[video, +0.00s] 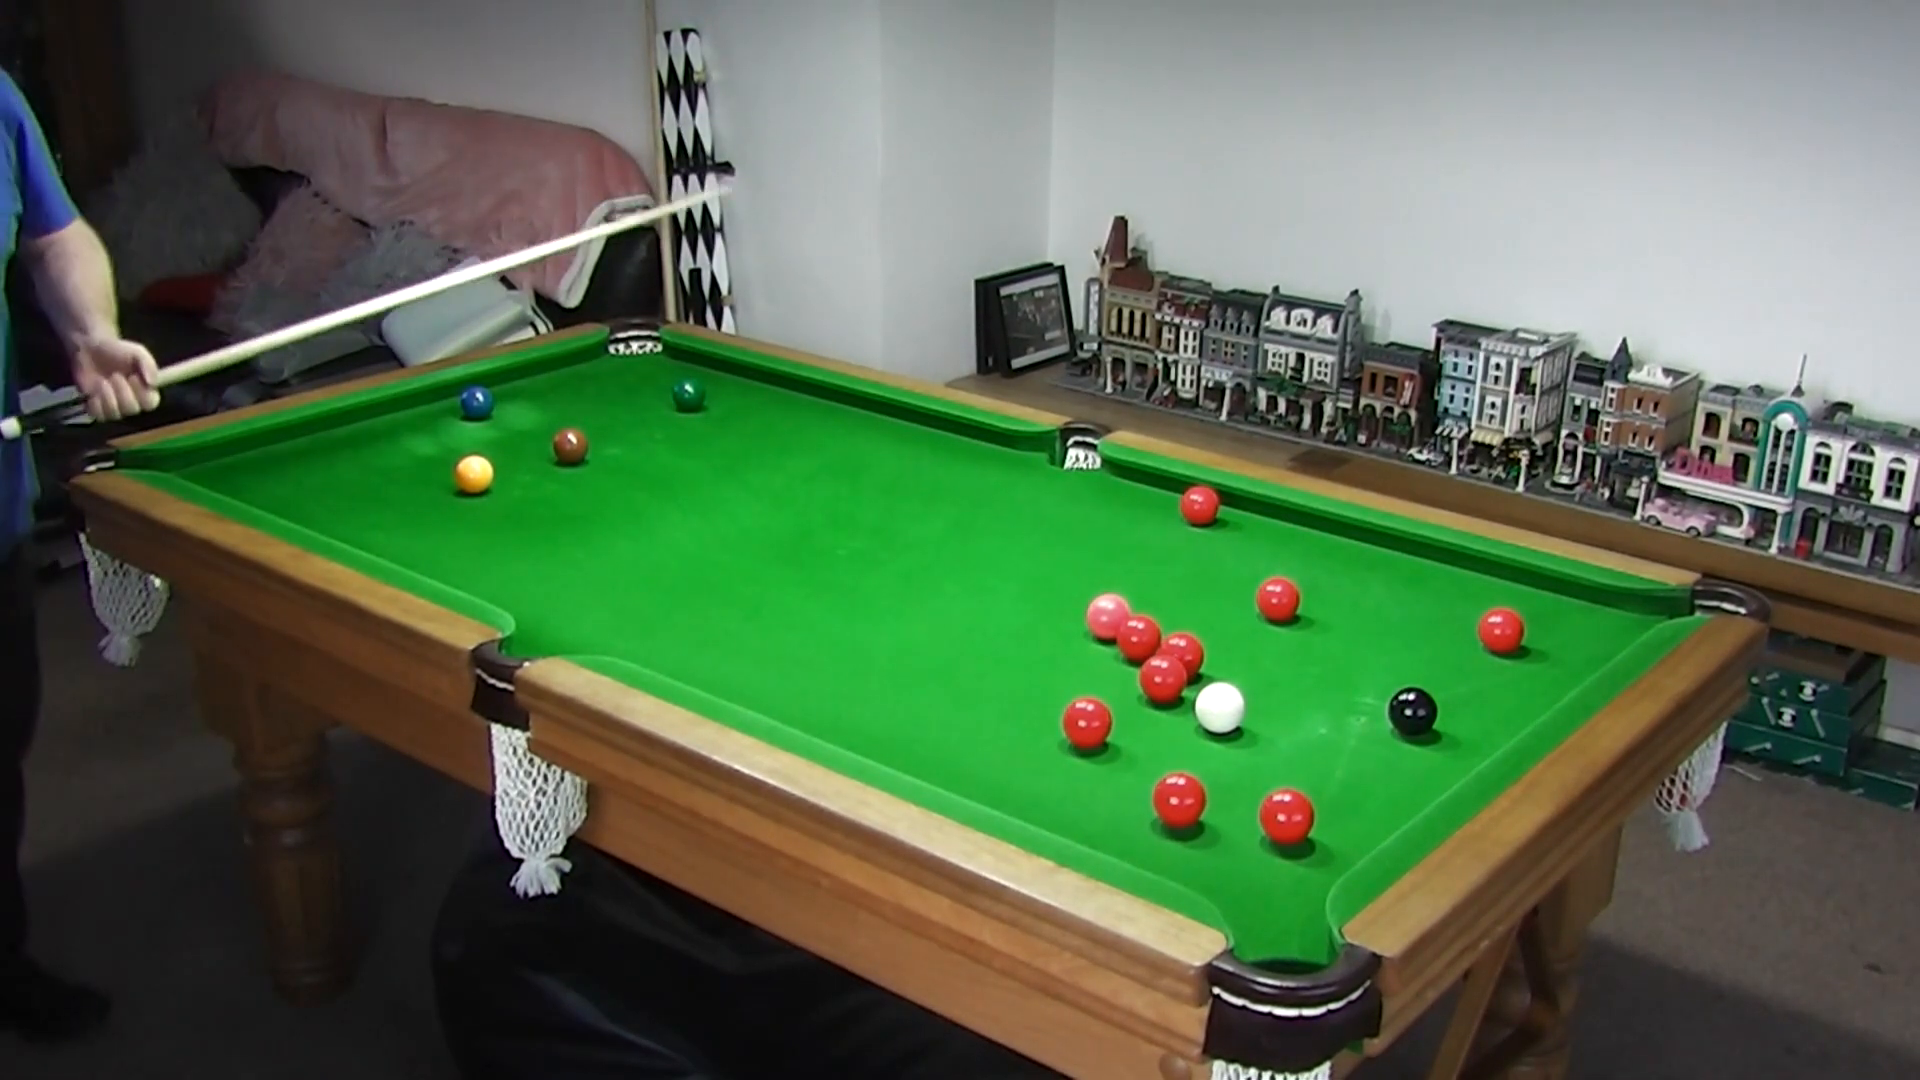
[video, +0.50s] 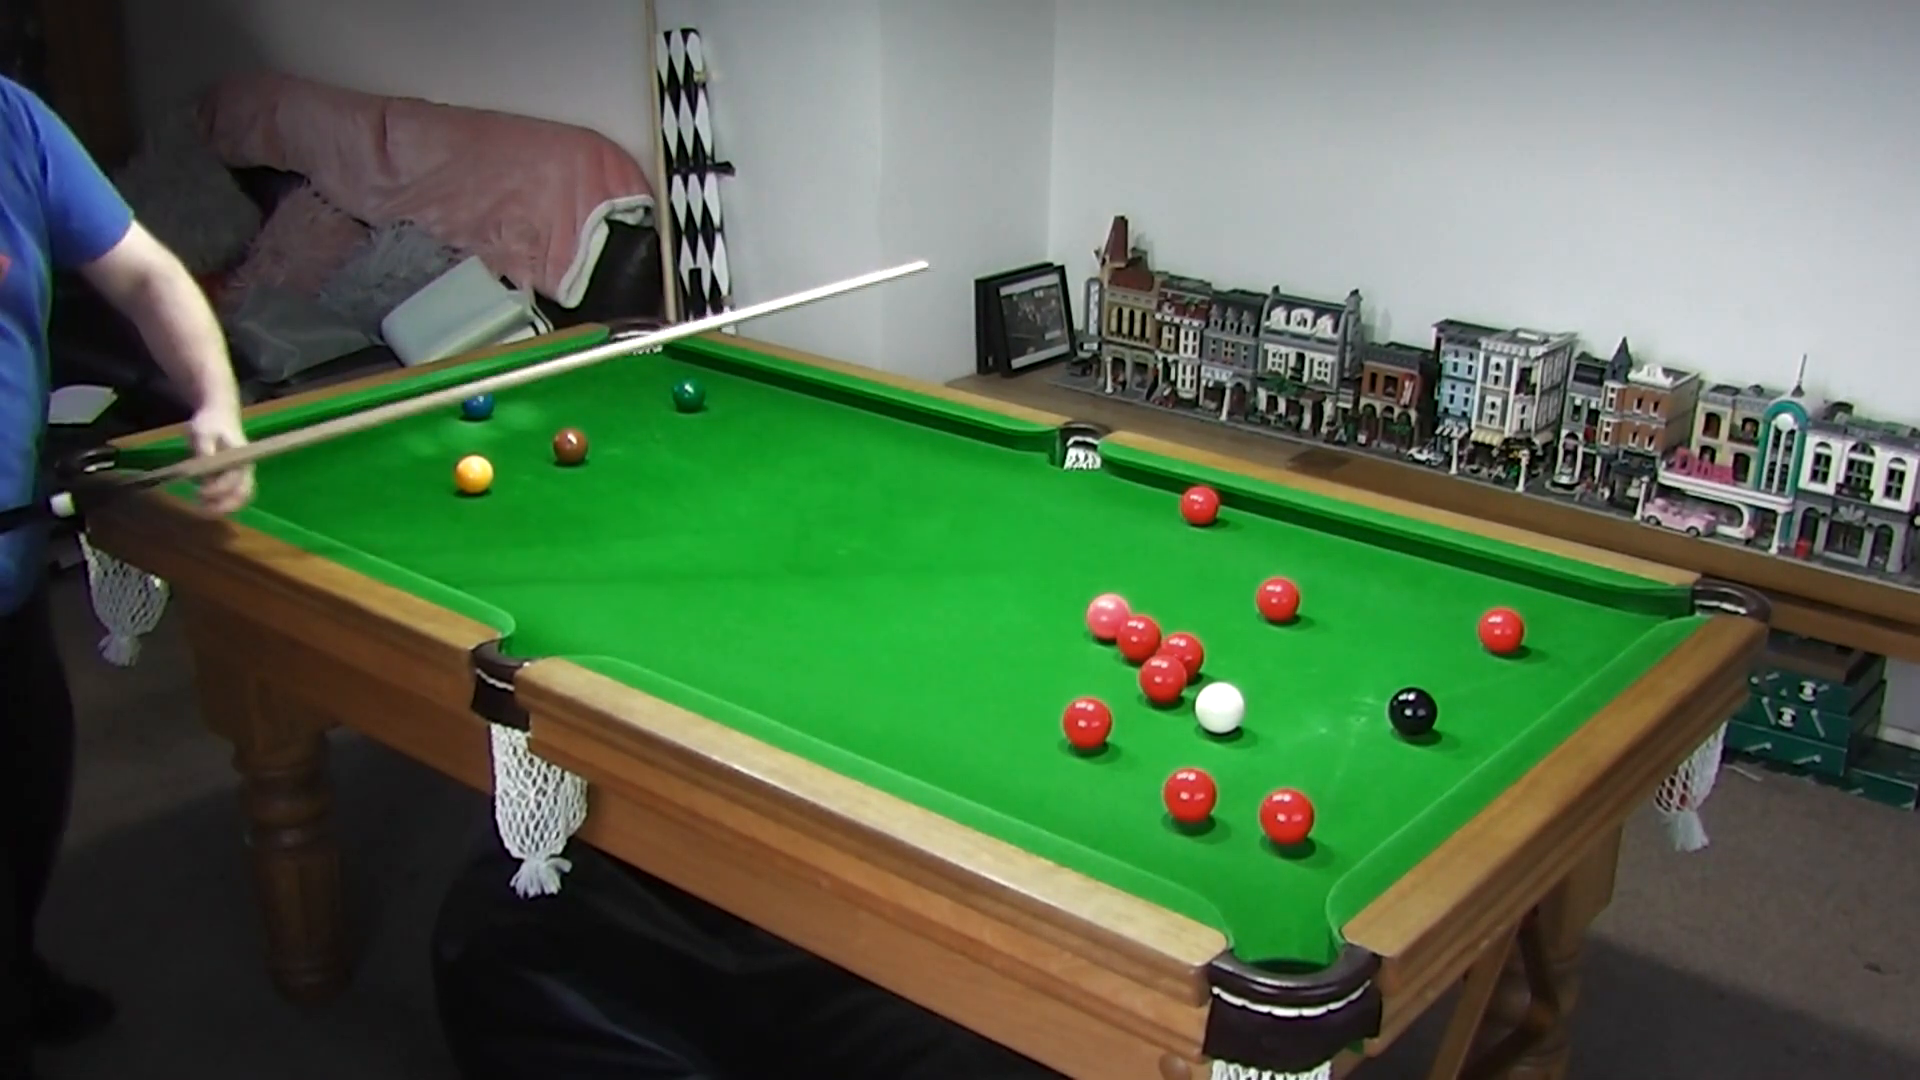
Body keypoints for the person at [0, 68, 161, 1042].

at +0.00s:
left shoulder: (3, 99)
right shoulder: (11, 102)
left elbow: (57, 232)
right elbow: (60, 235)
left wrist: (96, 332)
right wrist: (92, 332)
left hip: (3, 517)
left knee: (8, 741)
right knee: (4, 749)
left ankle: (9, 961)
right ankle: (8, 965)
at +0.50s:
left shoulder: (17, 125)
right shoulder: (21, 126)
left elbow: (143, 271)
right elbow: (145, 272)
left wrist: (216, 404)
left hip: (15, 586)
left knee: (34, 781)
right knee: (23, 786)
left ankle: (24, 978)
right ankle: (15, 994)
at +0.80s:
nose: (11, 121)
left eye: (12, 90)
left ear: (25, 75)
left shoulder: (63, 141)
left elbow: (229, 292)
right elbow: (230, 289)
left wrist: (337, 451)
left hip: (24, 557)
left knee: (14, 808)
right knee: (13, 807)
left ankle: (17, 990)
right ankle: (14, 998)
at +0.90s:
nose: (37, 141)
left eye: (41, 104)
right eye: (6, 121)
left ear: (50, 81)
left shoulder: (90, 168)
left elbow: (259, 315)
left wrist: (379, 475)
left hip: (23, 574)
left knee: (27, 828)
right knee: (26, 827)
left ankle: (51, 1034)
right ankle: (44, 1031)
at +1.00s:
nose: (109, 202)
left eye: (110, 166)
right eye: (68, 188)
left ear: (119, 145)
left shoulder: (151, 214)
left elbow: (319, 360)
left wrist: (452, 517)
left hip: (24, 568)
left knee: (25, 803)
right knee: (22, 804)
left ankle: (91, 1022)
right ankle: (87, 1016)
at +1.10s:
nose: (166, 264)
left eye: (167, 231)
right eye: (127, 248)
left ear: (175, 203)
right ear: (23, 250)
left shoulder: (190, 249)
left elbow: (358, 393)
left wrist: (503, 549)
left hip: (24, 597)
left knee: (27, 831)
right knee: (27, 835)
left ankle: (80, 1032)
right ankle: (82, 1031)